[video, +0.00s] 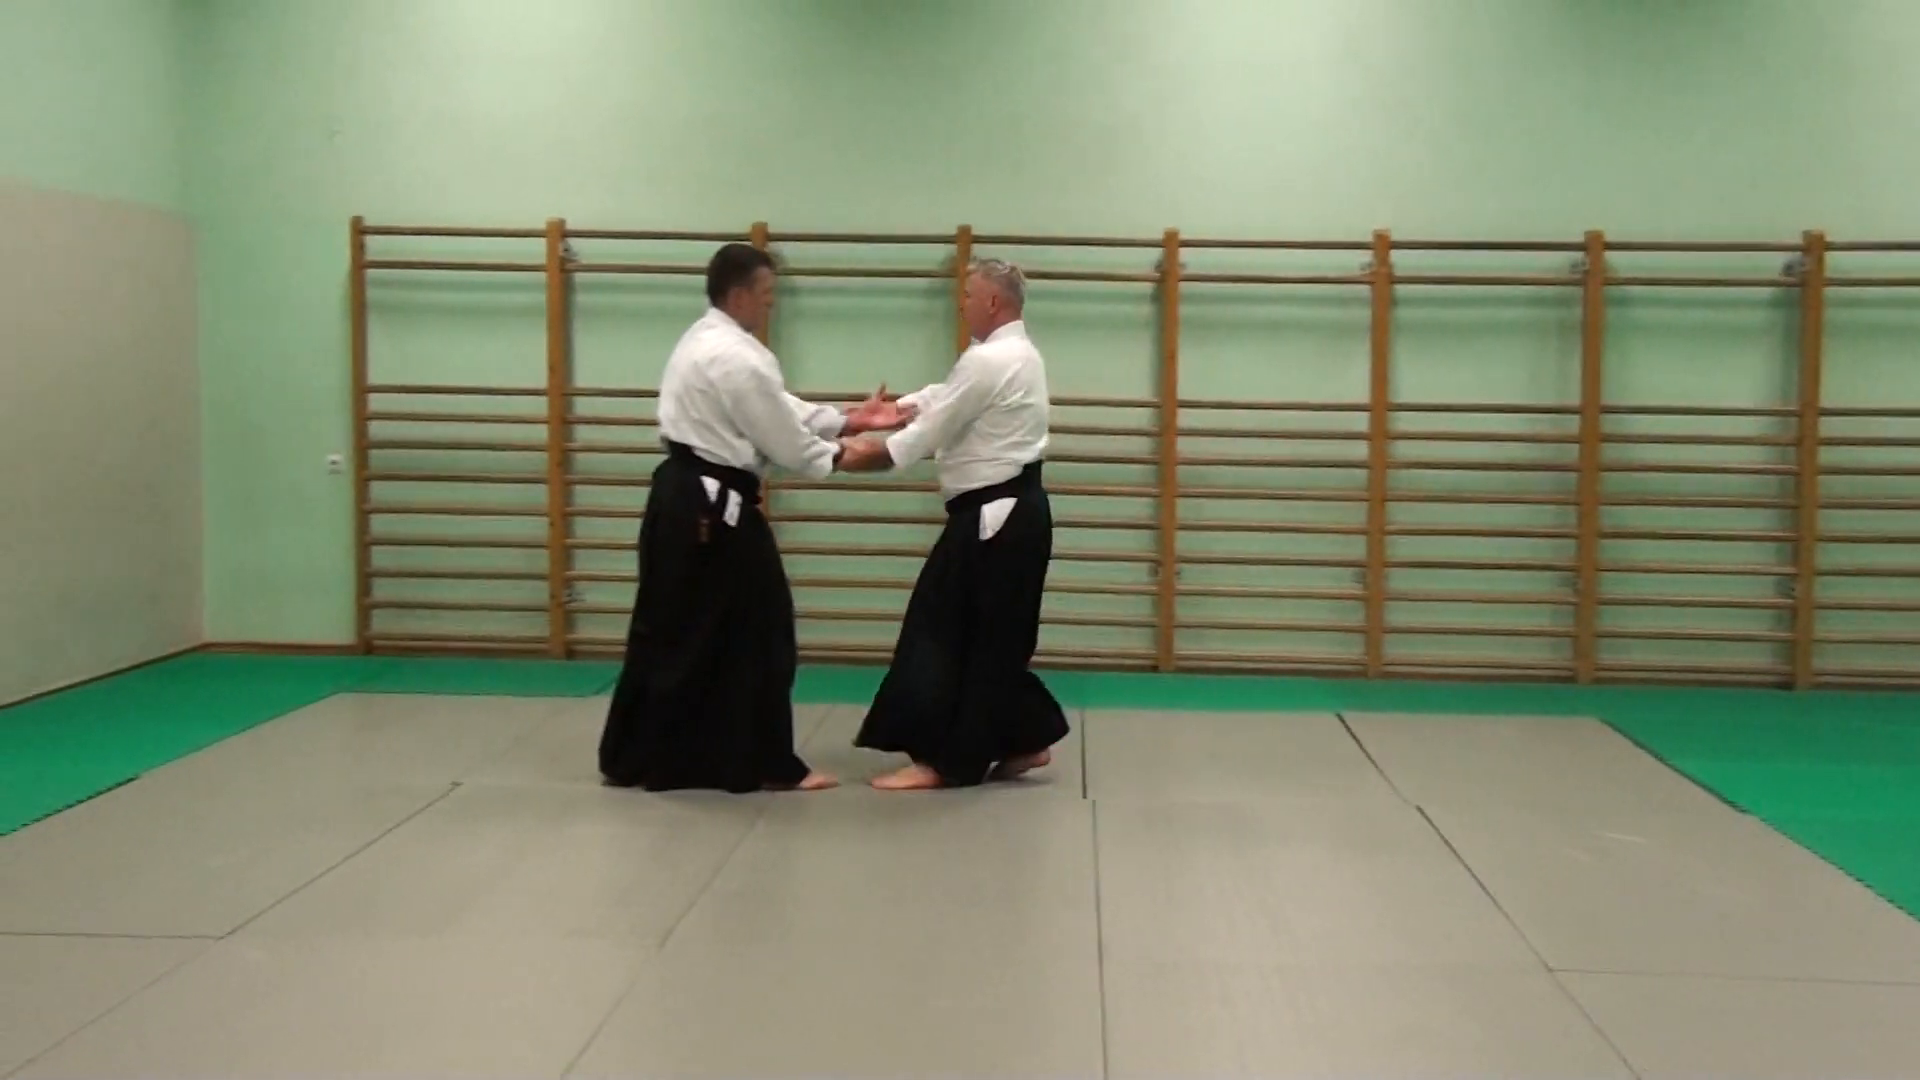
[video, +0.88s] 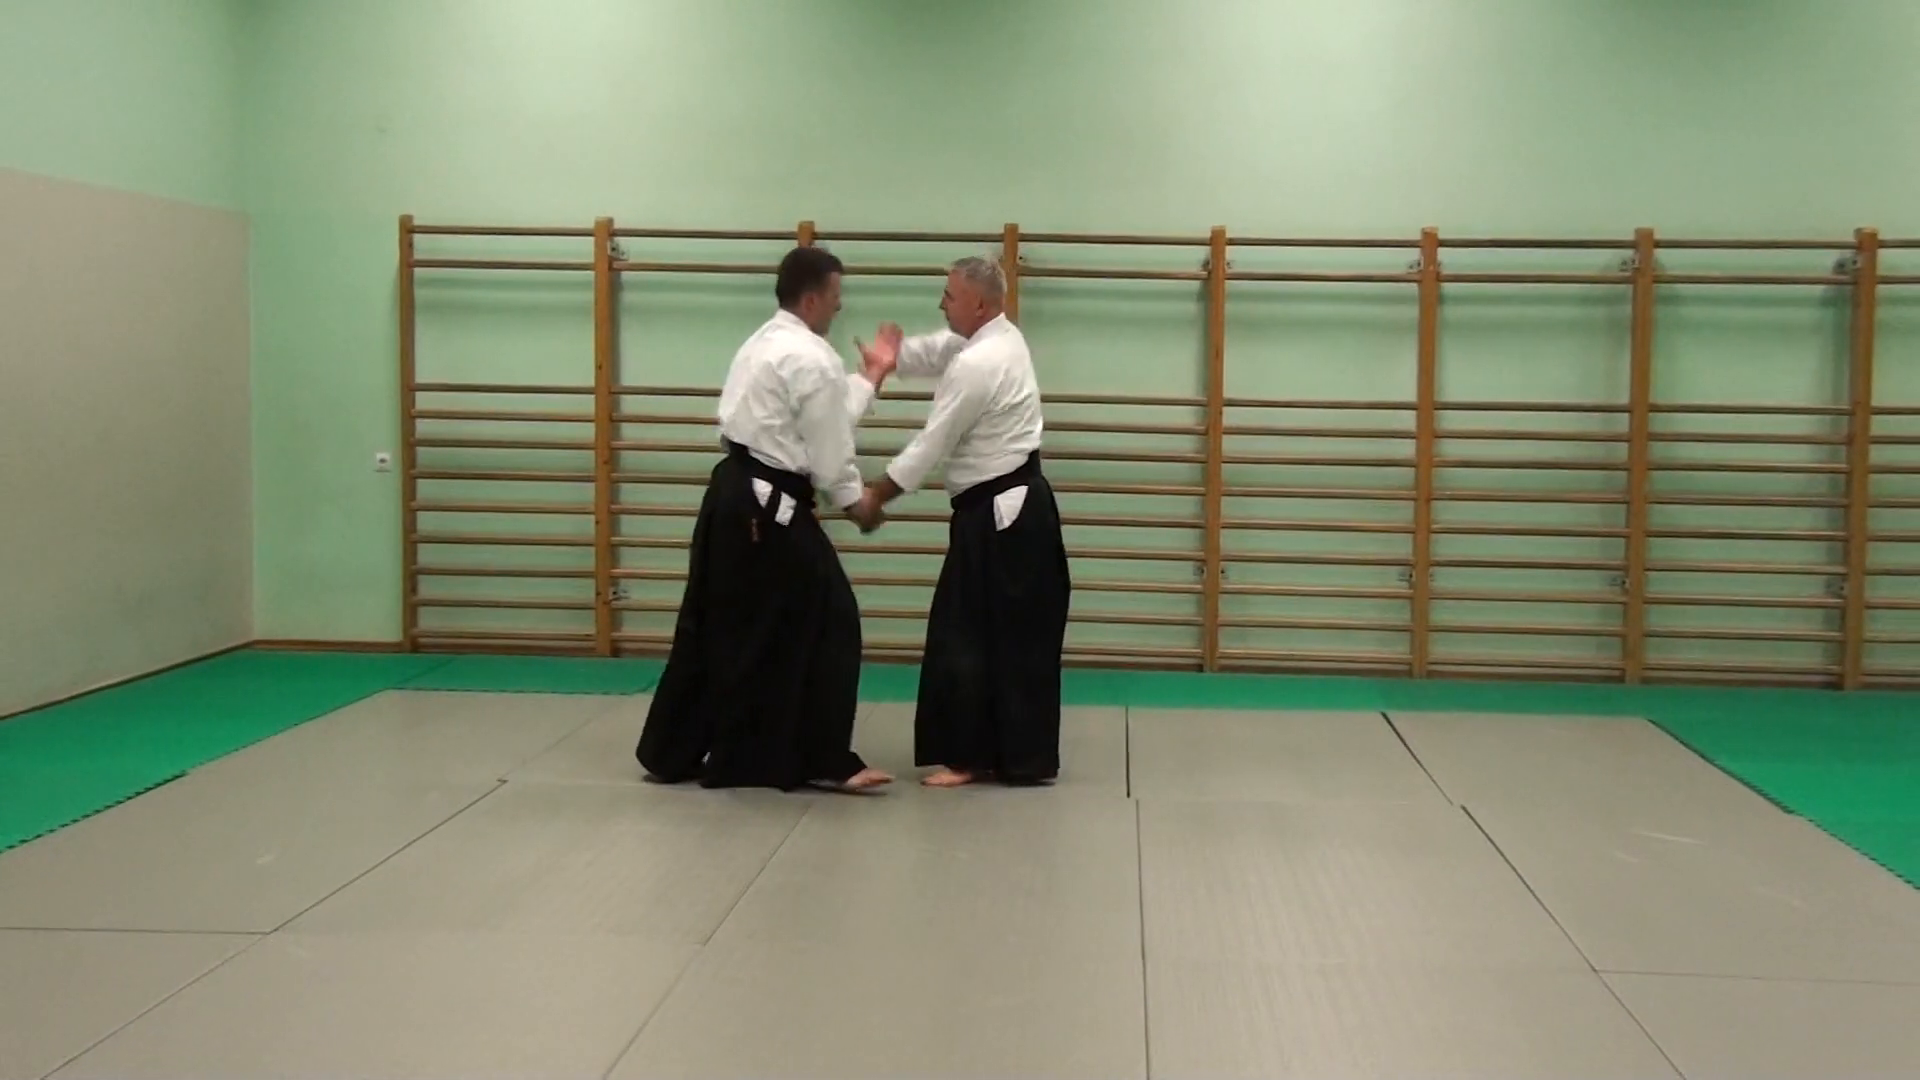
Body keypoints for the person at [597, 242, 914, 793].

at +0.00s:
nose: (771, 304)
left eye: (771, 293)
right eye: (765, 293)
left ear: (729, 294)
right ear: (737, 294)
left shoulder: (700, 340)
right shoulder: (742, 360)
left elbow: (777, 411)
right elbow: (789, 449)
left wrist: (851, 416)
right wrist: (842, 457)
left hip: (678, 495)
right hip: (720, 508)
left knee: (668, 625)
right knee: (766, 625)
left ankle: (638, 756)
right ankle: (769, 761)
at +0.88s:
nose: (839, 303)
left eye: (838, 292)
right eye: (835, 292)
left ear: (790, 293)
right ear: (814, 294)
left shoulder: (761, 342)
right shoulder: (814, 361)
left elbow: (819, 419)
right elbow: (830, 461)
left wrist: (868, 379)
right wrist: (857, 501)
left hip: (732, 491)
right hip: (773, 507)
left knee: (721, 621)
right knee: (834, 616)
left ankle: (675, 749)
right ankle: (828, 757)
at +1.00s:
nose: (867, 306)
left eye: (865, 295)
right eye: (863, 296)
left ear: (818, 296)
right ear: (844, 300)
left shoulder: (794, 342)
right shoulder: (839, 364)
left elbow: (862, 393)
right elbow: (854, 461)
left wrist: (896, 334)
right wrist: (877, 525)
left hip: (768, 495)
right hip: (802, 512)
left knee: (748, 627)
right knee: (850, 623)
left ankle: (685, 748)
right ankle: (835, 767)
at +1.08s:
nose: (894, 303)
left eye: (895, 294)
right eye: (890, 294)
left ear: (846, 292)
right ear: (871, 295)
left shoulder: (823, 338)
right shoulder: (869, 366)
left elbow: (893, 364)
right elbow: (878, 463)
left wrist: (927, 307)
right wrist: (891, 535)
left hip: (801, 499)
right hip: (833, 515)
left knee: (776, 629)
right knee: (859, 635)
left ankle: (705, 737)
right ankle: (839, 773)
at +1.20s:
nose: (936, 304)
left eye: (935, 293)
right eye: (930, 294)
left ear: (884, 297)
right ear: (908, 300)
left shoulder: (865, 336)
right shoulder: (900, 373)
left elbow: (937, 326)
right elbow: (902, 477)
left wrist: (1004, 291)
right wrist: (920, 556)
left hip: (836, 505)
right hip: (869, 524)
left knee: (812, 631)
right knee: (863, 648)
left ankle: (781, 754)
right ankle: (836, 771)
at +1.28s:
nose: (958, 311)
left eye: (958, 301)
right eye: (952, 302)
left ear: (911, 302)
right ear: (927, 306)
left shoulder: (899, 338)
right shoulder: (915, 381)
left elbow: (969, 324)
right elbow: (910, 486)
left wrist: (1052, 317)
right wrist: (934, 570)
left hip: (861, 507)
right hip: (881, 527)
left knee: (837, 642)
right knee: (862, 651)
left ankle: (807, 763)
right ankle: (830, 774)